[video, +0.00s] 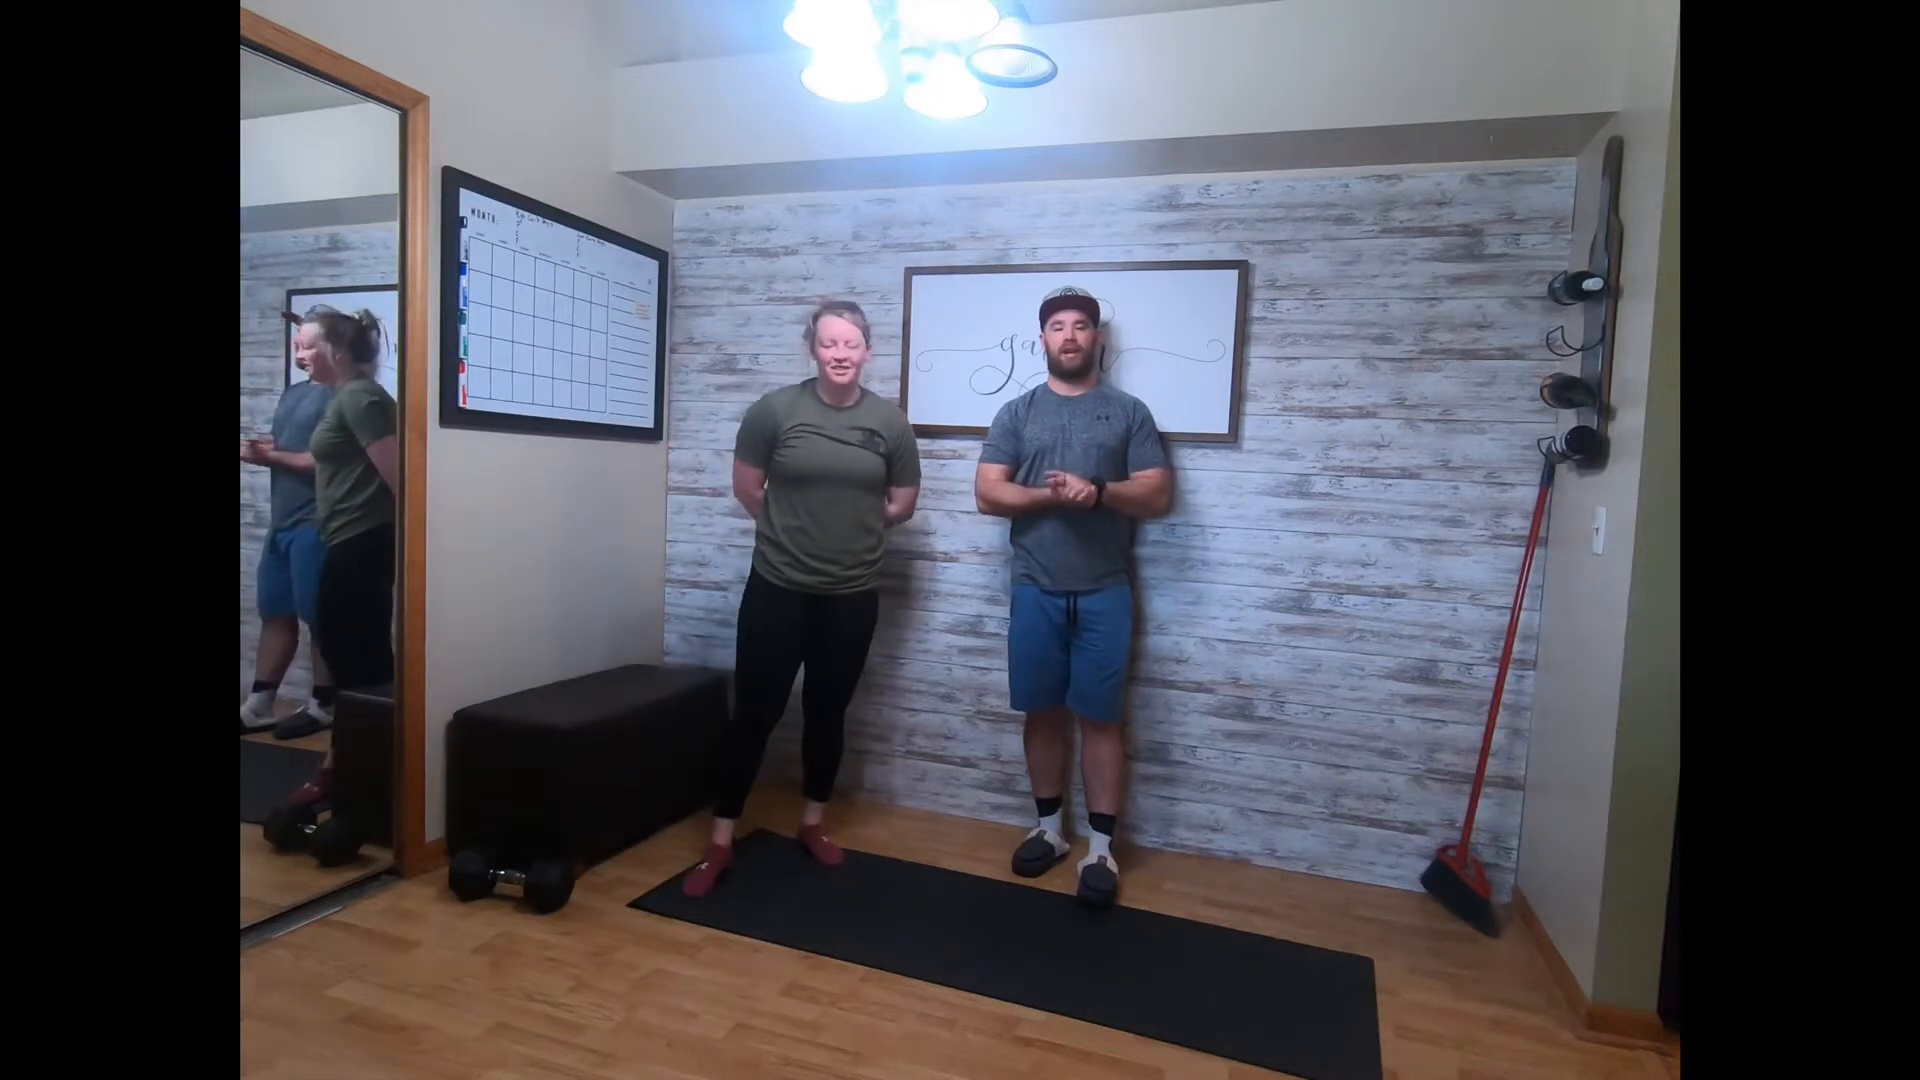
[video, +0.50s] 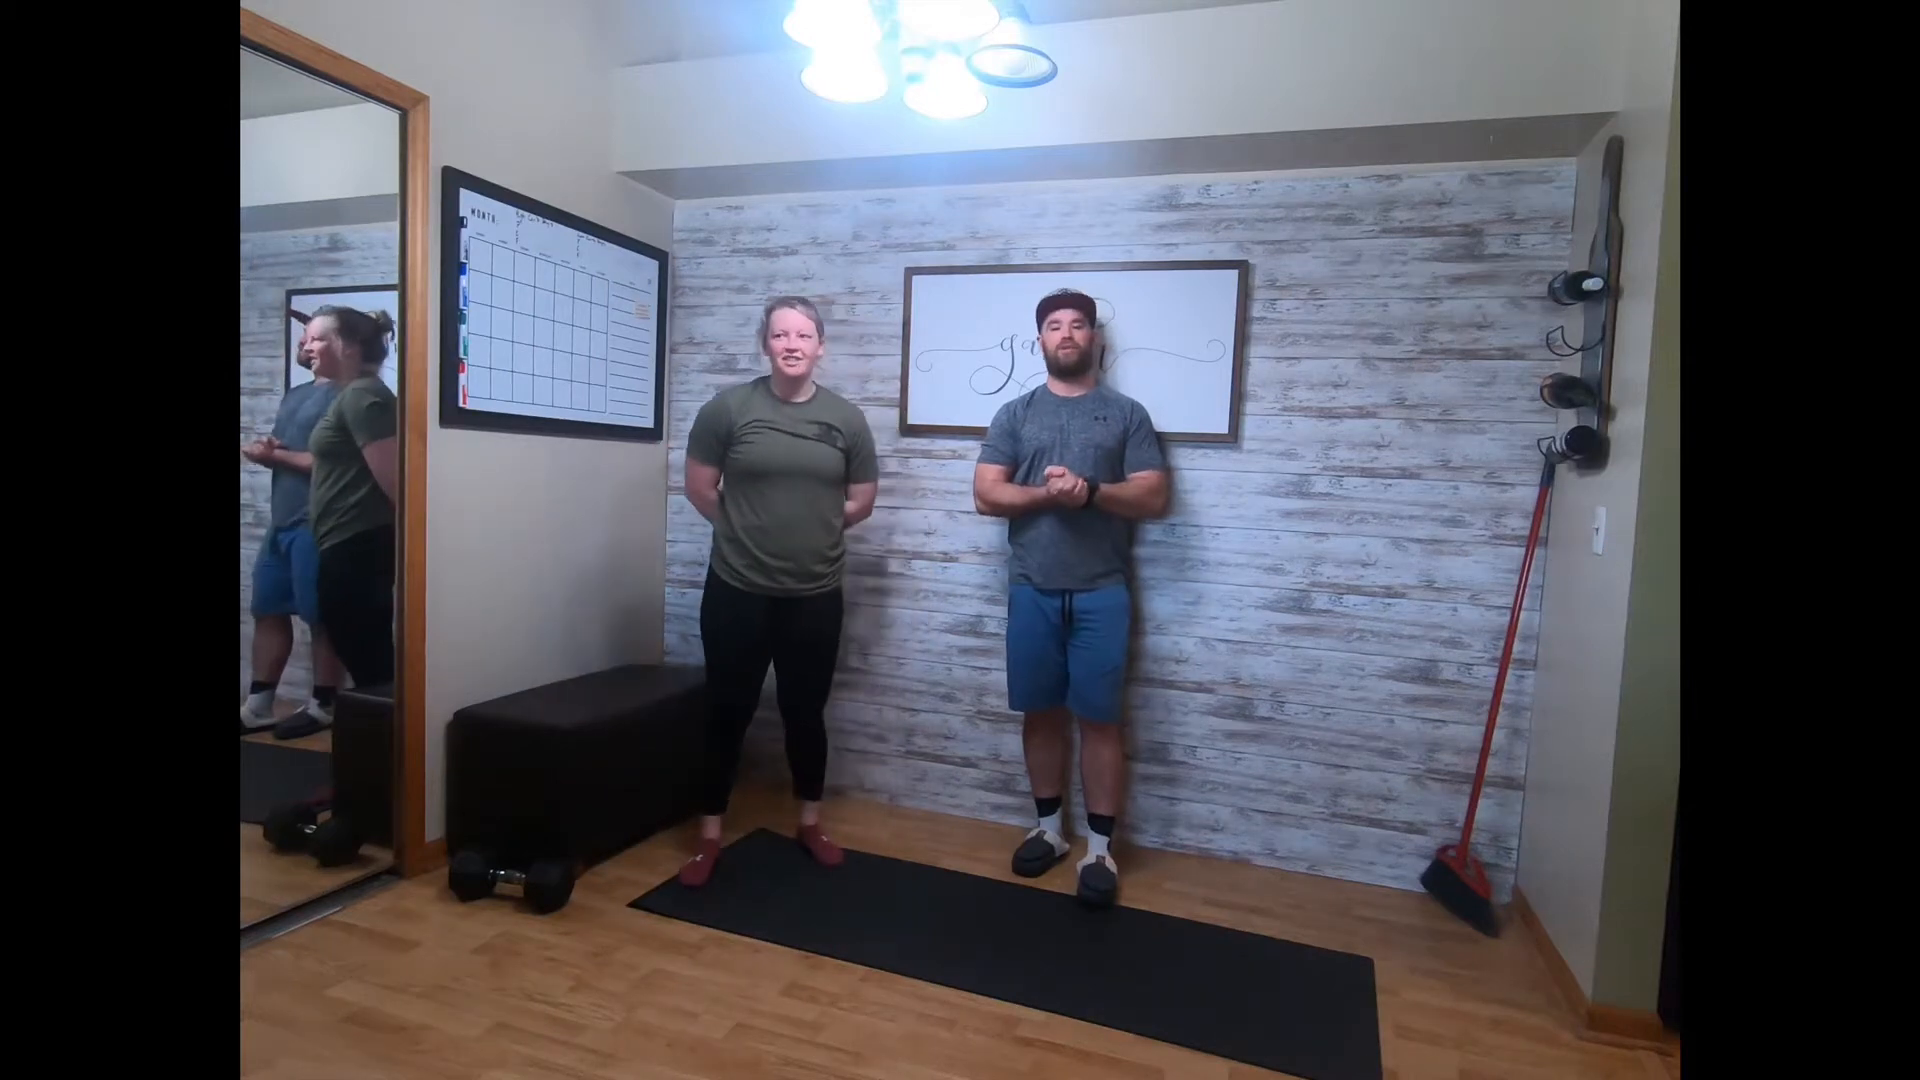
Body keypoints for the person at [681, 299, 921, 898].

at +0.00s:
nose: (840, 353)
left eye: (851, 343)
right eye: (830, 343)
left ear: (867, 351)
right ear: (812, 351)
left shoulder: (890, 422)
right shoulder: (773, 411)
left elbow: (903, 502)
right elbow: (747, 487)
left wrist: (844, 524)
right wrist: (794, 527)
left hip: (850, 595)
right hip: (777, 588)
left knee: (826, 713)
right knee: (753, 713)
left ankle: (813, 825)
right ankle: (721, 841)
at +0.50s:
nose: (791, 344)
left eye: (802, 336)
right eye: (781, 336)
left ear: (820, 346)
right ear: (765, 346)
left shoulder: (847, 419)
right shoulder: (728, 408)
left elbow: (859, 503)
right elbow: (699, 488)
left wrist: (806, 525)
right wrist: (749, 527)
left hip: (814, 594)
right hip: (736, 589)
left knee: (805, 712)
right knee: (725, 712)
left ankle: (811, 823)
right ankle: (710, 833)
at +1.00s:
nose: (743, 338)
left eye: (754, 330)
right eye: (732, 329)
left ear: (773, 343)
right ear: (715, 340)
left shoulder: (798, 404)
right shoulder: (681, 393)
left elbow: (844, 469)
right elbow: (615, 453)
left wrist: (836, 467)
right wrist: (659, 451)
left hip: (775, 590)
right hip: (696, 587)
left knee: (792, 715)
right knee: (703, 716)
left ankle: (808, 823)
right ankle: (706, 836)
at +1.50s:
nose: (720, 341)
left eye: (732, 333)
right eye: (709, 333)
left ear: (752, 343)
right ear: (695, 342)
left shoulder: (778, 396)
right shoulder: (664, 390)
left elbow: (845, 462)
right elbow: (595, 453)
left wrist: (799, 419)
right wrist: (655, 409)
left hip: (761, 584)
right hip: (681, 584)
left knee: (780, 713)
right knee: (696, 716)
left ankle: (801, 824)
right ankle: (707, 840)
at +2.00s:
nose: (723, 348)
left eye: (735, 338)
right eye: (712, 337)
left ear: (753, 347)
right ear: (696, 343)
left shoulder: (775, 408)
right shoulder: (661, 398)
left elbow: (824, 488)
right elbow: (605, 472)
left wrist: (785, 447)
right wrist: (658, 423)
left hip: (755, 584)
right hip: (677, 586)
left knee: (776, 713)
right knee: (694, 719)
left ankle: (794, 823)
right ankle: (706, 839)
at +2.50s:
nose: (727, 349)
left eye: (739, 339)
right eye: (717, 337)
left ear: (757, 347)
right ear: (698, 341)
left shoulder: (775, 407)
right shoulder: (658, 399)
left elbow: (833, 468)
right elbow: (592, 458)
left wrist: (809, 486)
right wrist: (648, 479)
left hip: (758, 590)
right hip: (680, 590)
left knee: (777, 712)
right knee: (696, 717)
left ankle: (796, 823)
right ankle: (706, 839)